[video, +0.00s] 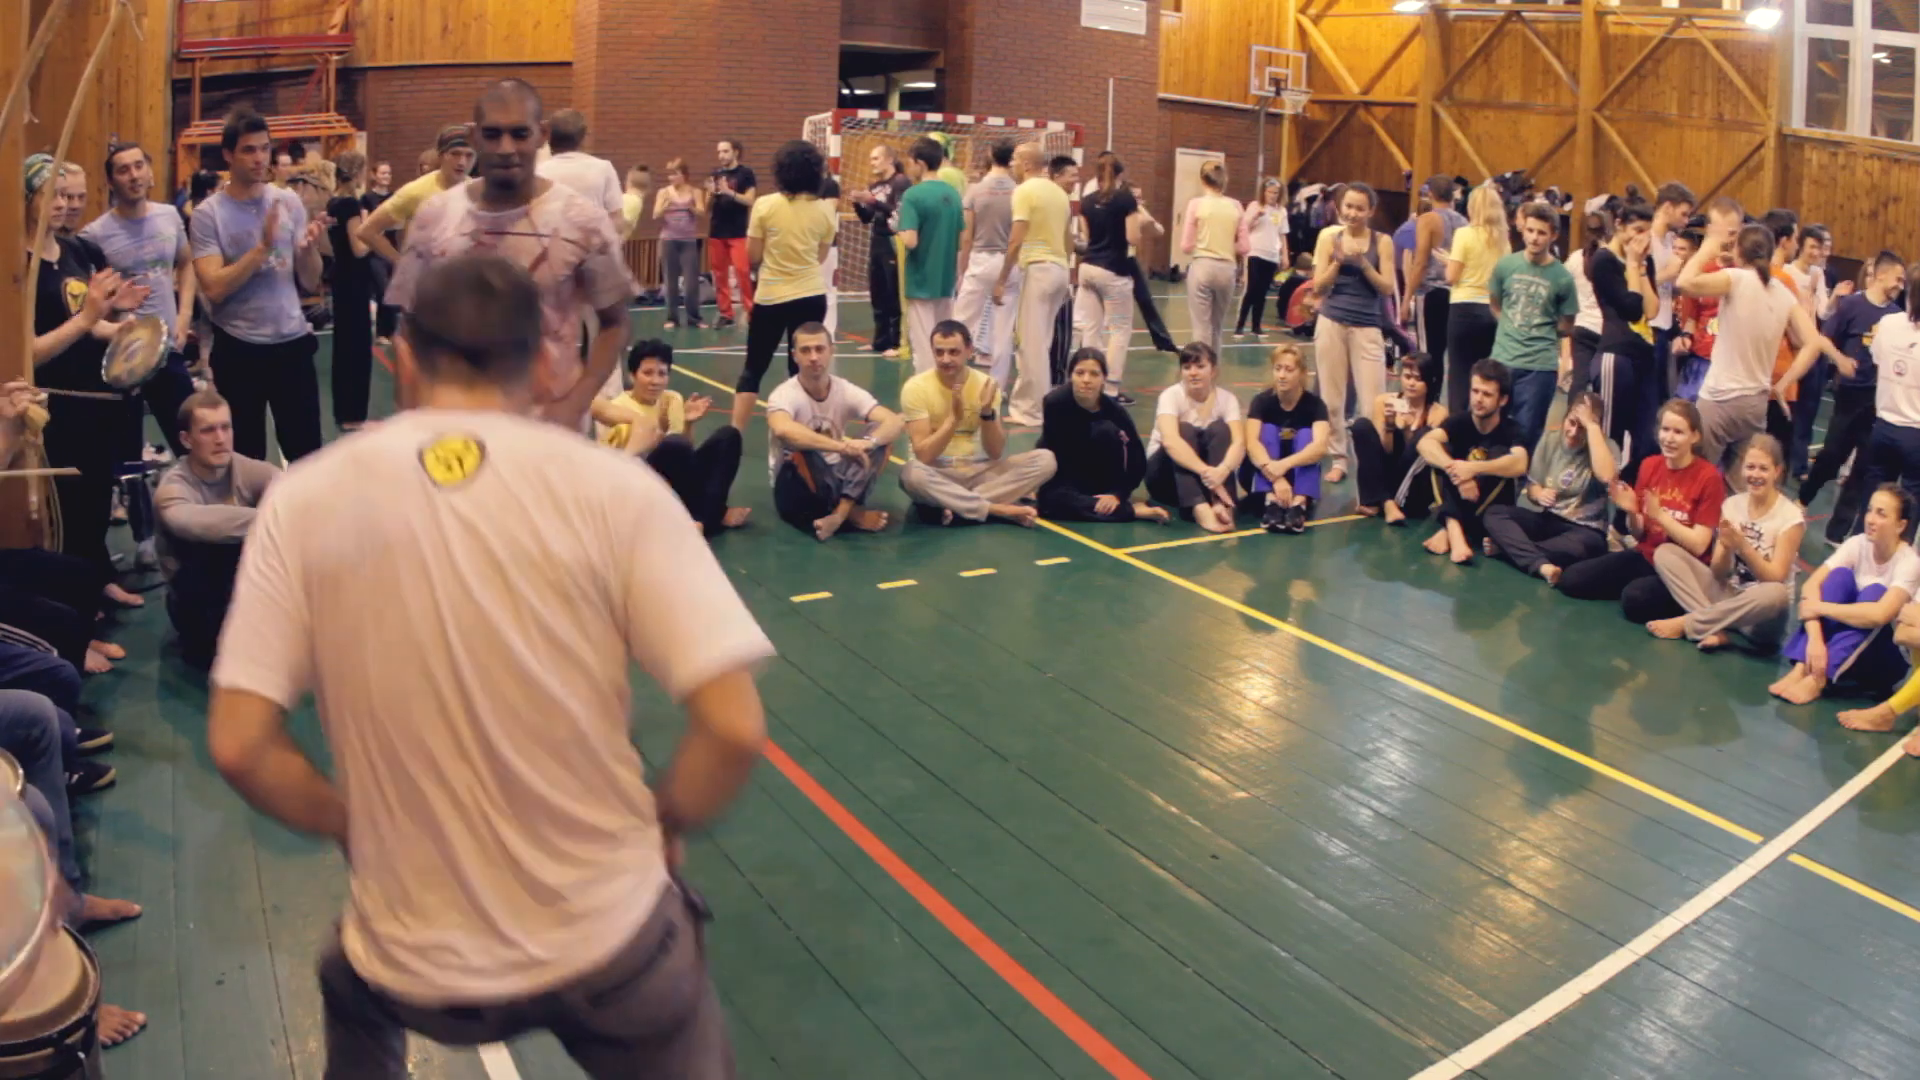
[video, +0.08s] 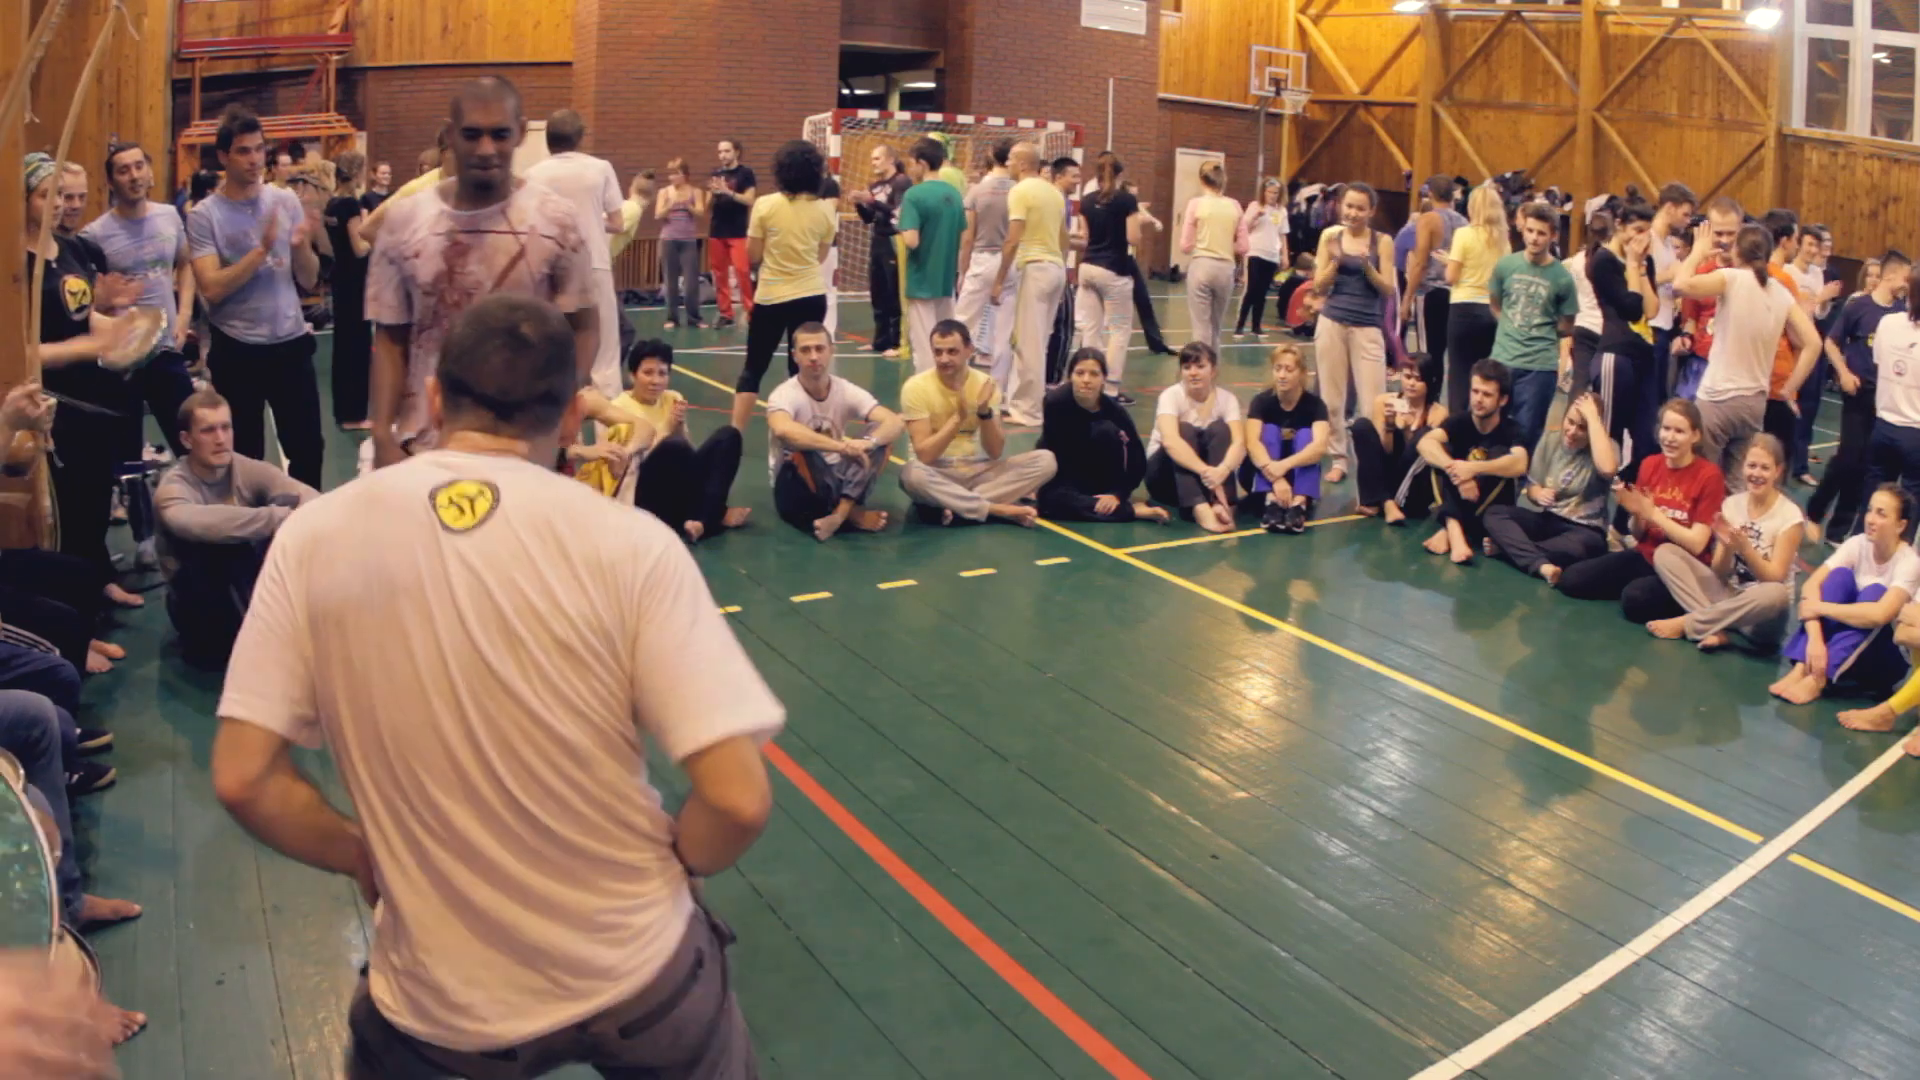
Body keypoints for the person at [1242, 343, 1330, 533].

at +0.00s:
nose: (1282, 375)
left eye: (1289, 370)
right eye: (1278, 369)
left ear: (1302, 374)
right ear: (1273, 371)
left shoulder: (1315, 404)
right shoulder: (1261, 401)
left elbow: (1321, 447)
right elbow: (1252, 443)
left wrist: (1283, 465)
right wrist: (1277, 479)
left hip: (1299, 480)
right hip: (1263, 477)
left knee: (1306, 434)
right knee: (1268, 430)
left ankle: (1300, 499)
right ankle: (1271, 498)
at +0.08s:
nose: (1282, 375)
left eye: (1289, 370)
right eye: (1278, 369)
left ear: (1302, 374)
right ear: (1272, 371)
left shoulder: (1315, 404)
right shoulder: (1261, 402)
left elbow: (1320, 447)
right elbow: (1252, 443)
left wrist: (1283, 466)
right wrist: (1276, 480)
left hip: (1299, 479)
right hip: (1263, 477)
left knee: (1306, 434)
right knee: (1269, 430)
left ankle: (1300, 499)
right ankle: (1271, 498)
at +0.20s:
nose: (1284, 376)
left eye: (1291, 370)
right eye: (1280, 369)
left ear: (1303, 374)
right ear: (1273, 372)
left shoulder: (1315, 404)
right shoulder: (1262, 402)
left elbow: (1320, 448)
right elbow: (1252, 443)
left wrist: (1284, 466)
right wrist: (1276, 481)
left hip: (1298, 479)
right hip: (1262, 477)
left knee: (1306, 434)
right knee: (1270, 430)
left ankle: (1300, 499)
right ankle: (1271, 499)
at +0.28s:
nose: (1286, 376)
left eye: (1293, 371)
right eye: (1281, 370)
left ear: (1305, 374)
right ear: (1275, 372)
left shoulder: (1316, 405)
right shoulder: (1262, 402)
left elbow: (1321, 448)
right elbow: (1252, 442)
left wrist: (1284, 466)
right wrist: (1276, 480)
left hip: (1299, 479)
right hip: (1262, 477)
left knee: (1306, 434)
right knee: (1271, 430)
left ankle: (1300, 500)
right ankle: (1272, 499)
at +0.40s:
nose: (1288, 377)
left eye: (1295, 371)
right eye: (1283, 370)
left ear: (1307, 374)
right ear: (1276, 372)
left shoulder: (1317, 404)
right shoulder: (1263, 401)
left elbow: (1322, 447)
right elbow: (1253, 441)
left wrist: (1284, 465)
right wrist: (1277, 479)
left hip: (1299, 479)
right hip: (1262, 476)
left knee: (1307, 434)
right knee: (1272, 430)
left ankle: (1300, 500)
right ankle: (1272, 500)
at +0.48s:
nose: (1289, 377)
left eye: (1296, 371)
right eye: (1284, 370)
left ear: (1307, 374)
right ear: (1277, 372)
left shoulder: (1318, 404)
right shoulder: (1264, 401)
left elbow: (1322, 446)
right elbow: (1253, 440)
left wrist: (1284, 464)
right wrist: (1278, 478)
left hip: (1298, 480)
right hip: (1261, 476)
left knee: (1307, 434)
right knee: (1272, 430)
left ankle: (1300, 500)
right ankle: (1272, 499)